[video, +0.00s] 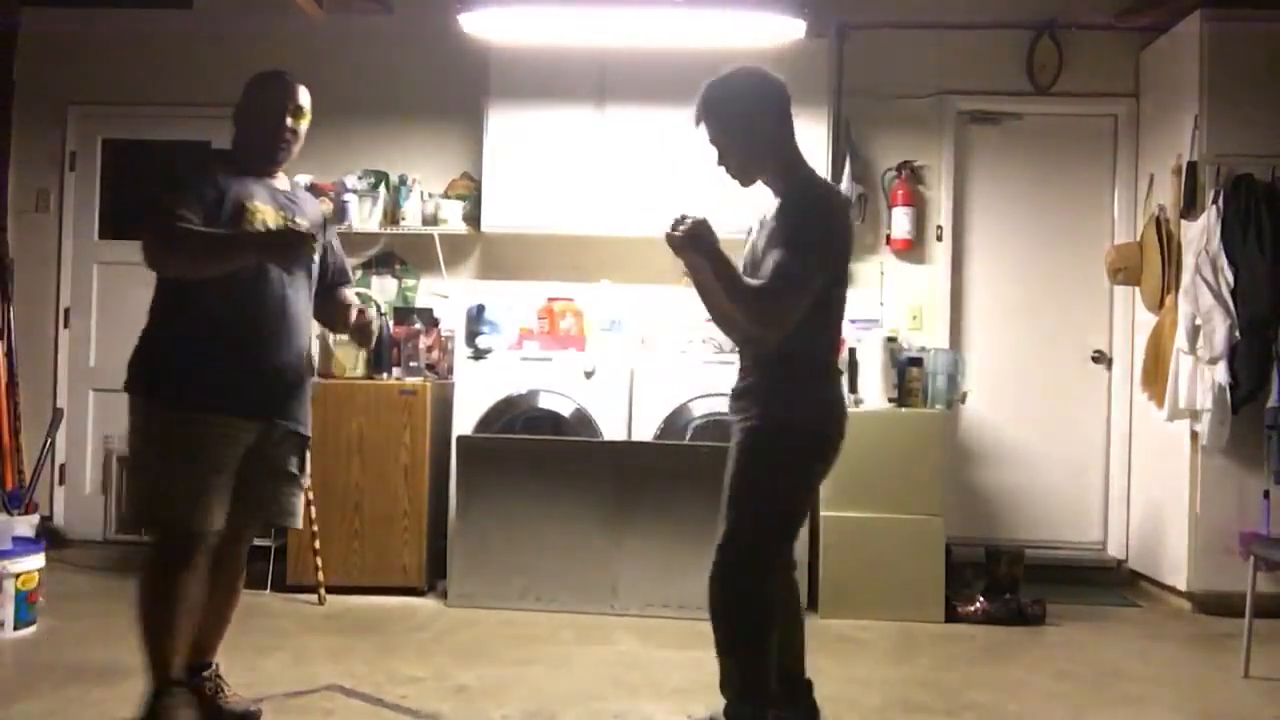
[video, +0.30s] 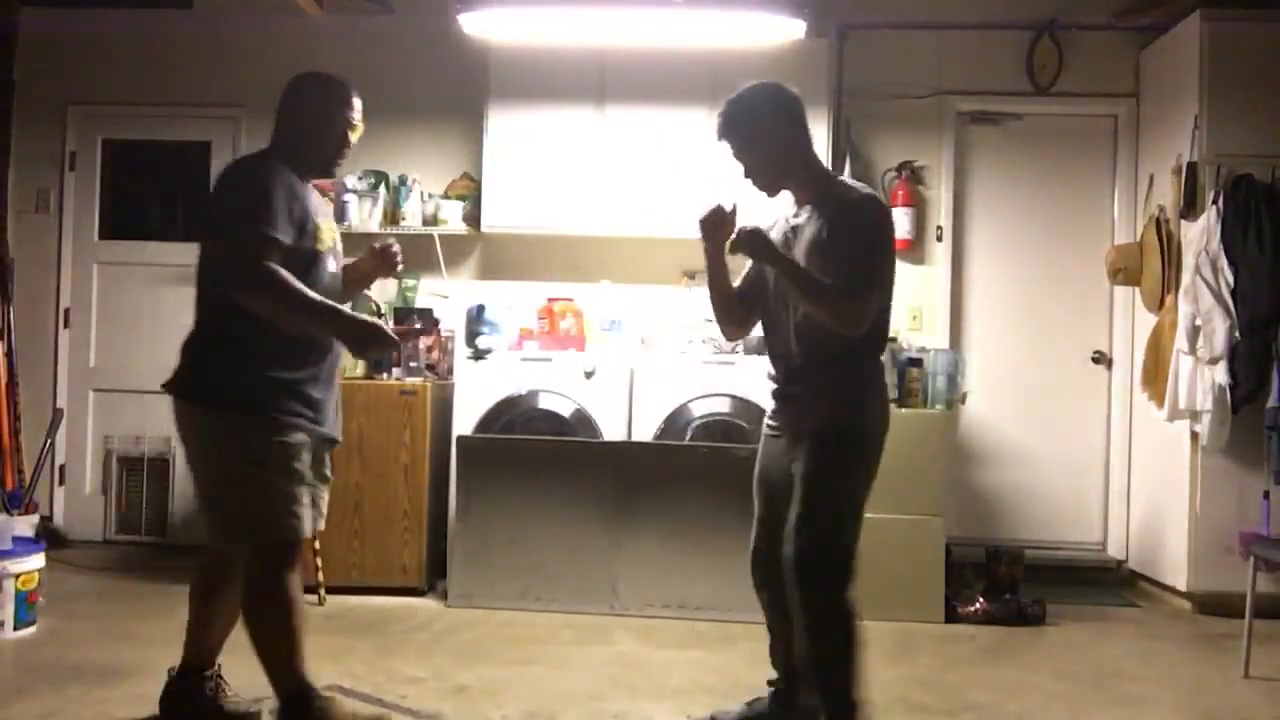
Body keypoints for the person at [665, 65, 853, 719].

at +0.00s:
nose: (715, 156)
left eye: (718, 137)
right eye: (710, 141)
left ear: (758, 126)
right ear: (767, 129)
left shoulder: (811, 209)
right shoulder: (786, 213)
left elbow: (764, 328)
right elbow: (753, 323)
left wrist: (706, 260)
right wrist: (702, 262)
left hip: (786, 419)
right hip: (775, 415)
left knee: (737, 576)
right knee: (767, 567)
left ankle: (747, 709)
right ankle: (787, 702)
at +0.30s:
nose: (742, 169)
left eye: (745, 152)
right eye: (737, 156)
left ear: (784, 136)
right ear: (769, 144)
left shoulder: (860, 210)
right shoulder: (775, 224)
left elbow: (856, 317)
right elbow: (734, 325)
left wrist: (773, 258)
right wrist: (715, 251)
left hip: (845, 410)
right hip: (788, 408)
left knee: (815, 563)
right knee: (769, 557)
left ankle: (835, 707)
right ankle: (792, 694)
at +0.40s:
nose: (761, 170)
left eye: (765, 154)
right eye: (756, 157)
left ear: (807, 137)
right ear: (795, 145)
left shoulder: (872, 214)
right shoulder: (787, 223)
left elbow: (857, 319)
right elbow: (743, 317)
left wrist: (783, 255)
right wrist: (729, 245)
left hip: (853, 421)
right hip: (794, 416)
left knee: (857, 577)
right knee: (777, 563)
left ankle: (917, 711)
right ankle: (793, 695)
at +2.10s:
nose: (843, 183)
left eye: (849, 165)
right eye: (838, 169)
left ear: (891, 150)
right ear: (863, 164)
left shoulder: (966, 222)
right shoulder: (864, 236)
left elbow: (953, 322)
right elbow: (821, 332)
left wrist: (873, 255)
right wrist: (809, 254)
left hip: (949, 434)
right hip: (877, 430)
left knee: (973, 600)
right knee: (840, 570)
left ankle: (1016, 715)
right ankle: (850, 700)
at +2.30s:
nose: (853, 177)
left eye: (860, 160)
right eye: (849, 163)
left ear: (906, 152)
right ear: (887, 160)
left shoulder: (980, 226)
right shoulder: (885, 246)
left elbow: (977, 331)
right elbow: (859, 350)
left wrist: (889, 274)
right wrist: (834, 281)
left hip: (960, 438)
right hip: (888, 432)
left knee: (992, 599)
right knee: (830, 564)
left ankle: (1040, 714)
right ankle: (846, 698)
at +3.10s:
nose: (854, 180)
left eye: (862, 162)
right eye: (851, 167)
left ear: (909, 154)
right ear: (897, 162)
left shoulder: (957, 227)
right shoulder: (919, 238)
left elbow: (965, 338)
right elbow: (927, 332)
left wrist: (871, 325)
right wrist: (871, 319)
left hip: (959, 441)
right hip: (905, 435)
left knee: (983, 600)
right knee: (843, 564)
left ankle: (1056, 717)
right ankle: (846, 699)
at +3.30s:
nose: (861, 173)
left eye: (867, 156)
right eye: (858, 160)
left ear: (914, 149)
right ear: (898, 158)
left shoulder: (979, 227)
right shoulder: (897, 236)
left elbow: (943, 331)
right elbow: (862, 337)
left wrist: (874, 261)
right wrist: (835, 271)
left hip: (969, 439)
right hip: (900, 433)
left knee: (999, 603)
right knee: (847, 572)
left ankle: (1057, 716)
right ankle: (847, 699)